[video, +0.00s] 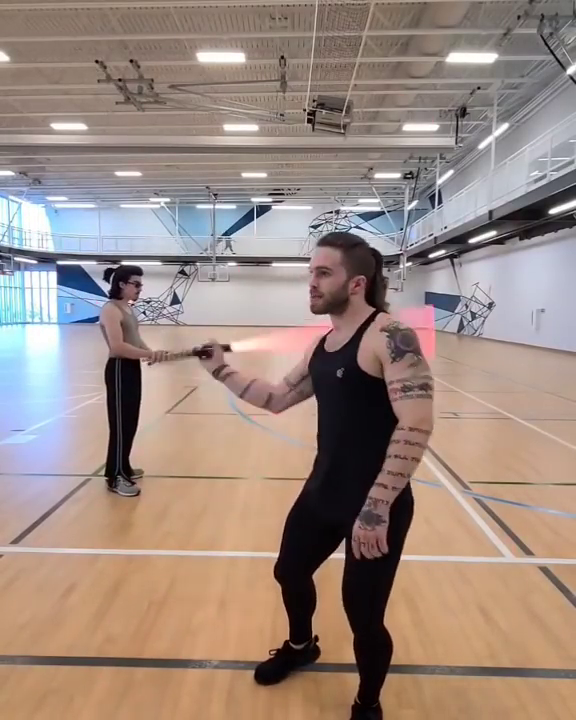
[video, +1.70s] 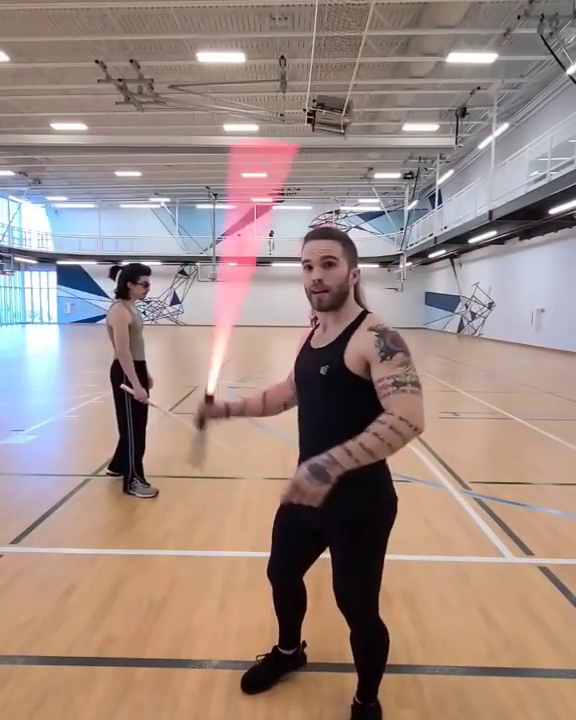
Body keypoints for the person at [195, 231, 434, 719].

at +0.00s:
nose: (312, 281)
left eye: (324, 273)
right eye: (312, 272)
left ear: (358, 282)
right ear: (317, 277)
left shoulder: (391, 336)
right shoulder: (328, 343)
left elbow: (417, 426)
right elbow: (277, 396)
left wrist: (375, 508)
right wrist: (222, 370)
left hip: (377, 497)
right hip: (328, 486)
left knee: (363, 612)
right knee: (291, 569)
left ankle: (368, 702)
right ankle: (301, 643)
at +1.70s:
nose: (316, 275)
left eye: (329, 264)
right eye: (308, 266)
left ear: (353, 272)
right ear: (302, 273)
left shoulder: (377, 338)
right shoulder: (316, 333)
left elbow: (406, 419)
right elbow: (285, 394)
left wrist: (329, 464)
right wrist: (226, 406)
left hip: (361, 497)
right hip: (309, 489)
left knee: (358, 605)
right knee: (283, 571)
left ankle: (367, 700)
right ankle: (289, 649)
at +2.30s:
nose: (269, 284)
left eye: (281, 274)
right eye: (265, 274)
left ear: (309, 280)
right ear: (263, 277)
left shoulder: (317, 331)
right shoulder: (281, 331)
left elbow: (326, 372)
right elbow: (269, 420)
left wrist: (296, 379)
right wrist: (254, 476)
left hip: (299, 487)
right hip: (266, 483)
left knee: (304, 602)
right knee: (277, 576)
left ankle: (356, 690)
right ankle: (290, 655)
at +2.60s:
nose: (281, 282)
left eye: (293, 273)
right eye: (275, 272)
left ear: (318, 279)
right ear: (268, 276)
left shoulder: (329, 335)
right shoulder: (283, 332)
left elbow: (347, 397)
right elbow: (278, 410)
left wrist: (308, 435)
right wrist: (258, 459)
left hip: (309, 484)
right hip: (272, 478)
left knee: (306, 602)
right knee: (282, 576)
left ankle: (363, 691)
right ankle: (290, 655)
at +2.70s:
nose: (286, 280)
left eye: (299, 270)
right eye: (280, 270)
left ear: (324, 278)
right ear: (274, 275)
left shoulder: (338, 339)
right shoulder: (287, 331)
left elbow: (357, 420)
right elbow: (288, 412)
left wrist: (312, 487)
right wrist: (267, 462)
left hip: (316, 489)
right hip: (278, 483)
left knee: (323, 608)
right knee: (284, 576)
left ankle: (384, 711)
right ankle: (290, 655)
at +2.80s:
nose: (294, 280)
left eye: (307, 271)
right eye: (287, 270)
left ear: (331, 278)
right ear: (280, 274)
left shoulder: (350, 344)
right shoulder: (294, 330)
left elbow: (370, 426)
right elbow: (298, 413)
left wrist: (325, 491)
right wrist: (277, 466)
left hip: (328, 496)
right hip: (286, 488)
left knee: (339, 612)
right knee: (290, 579)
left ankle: (390, 715)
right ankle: (291, 655)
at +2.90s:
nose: (306, 280)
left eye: (320, 272)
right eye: (300, 269)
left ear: (344, 278)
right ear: (293, 270)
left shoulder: (362, 345)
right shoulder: (302, 329)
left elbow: (389, 427)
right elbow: (301, 408)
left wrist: (328, 479)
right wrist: (290, 464)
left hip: (346, 494)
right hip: (298, 485)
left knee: (356, 612)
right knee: (291, 577)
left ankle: (391, 713)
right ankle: (291, 656)